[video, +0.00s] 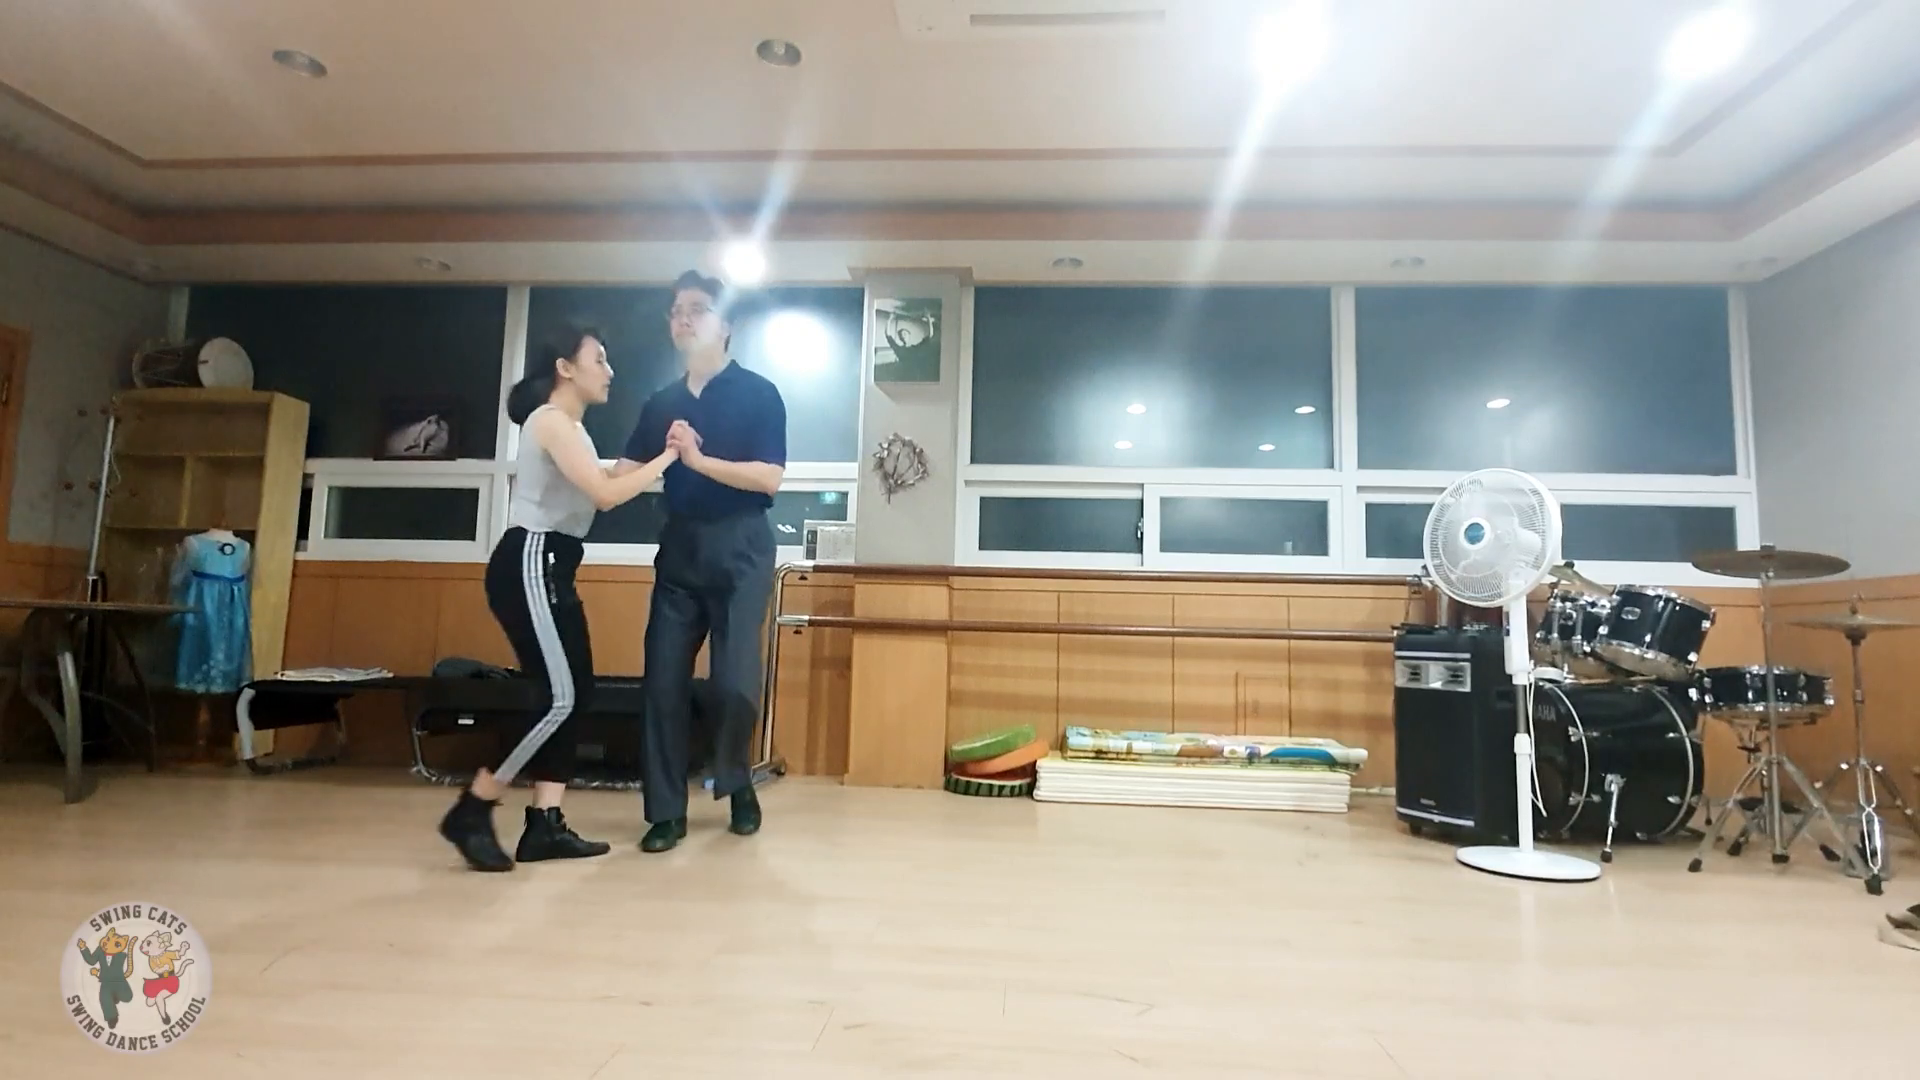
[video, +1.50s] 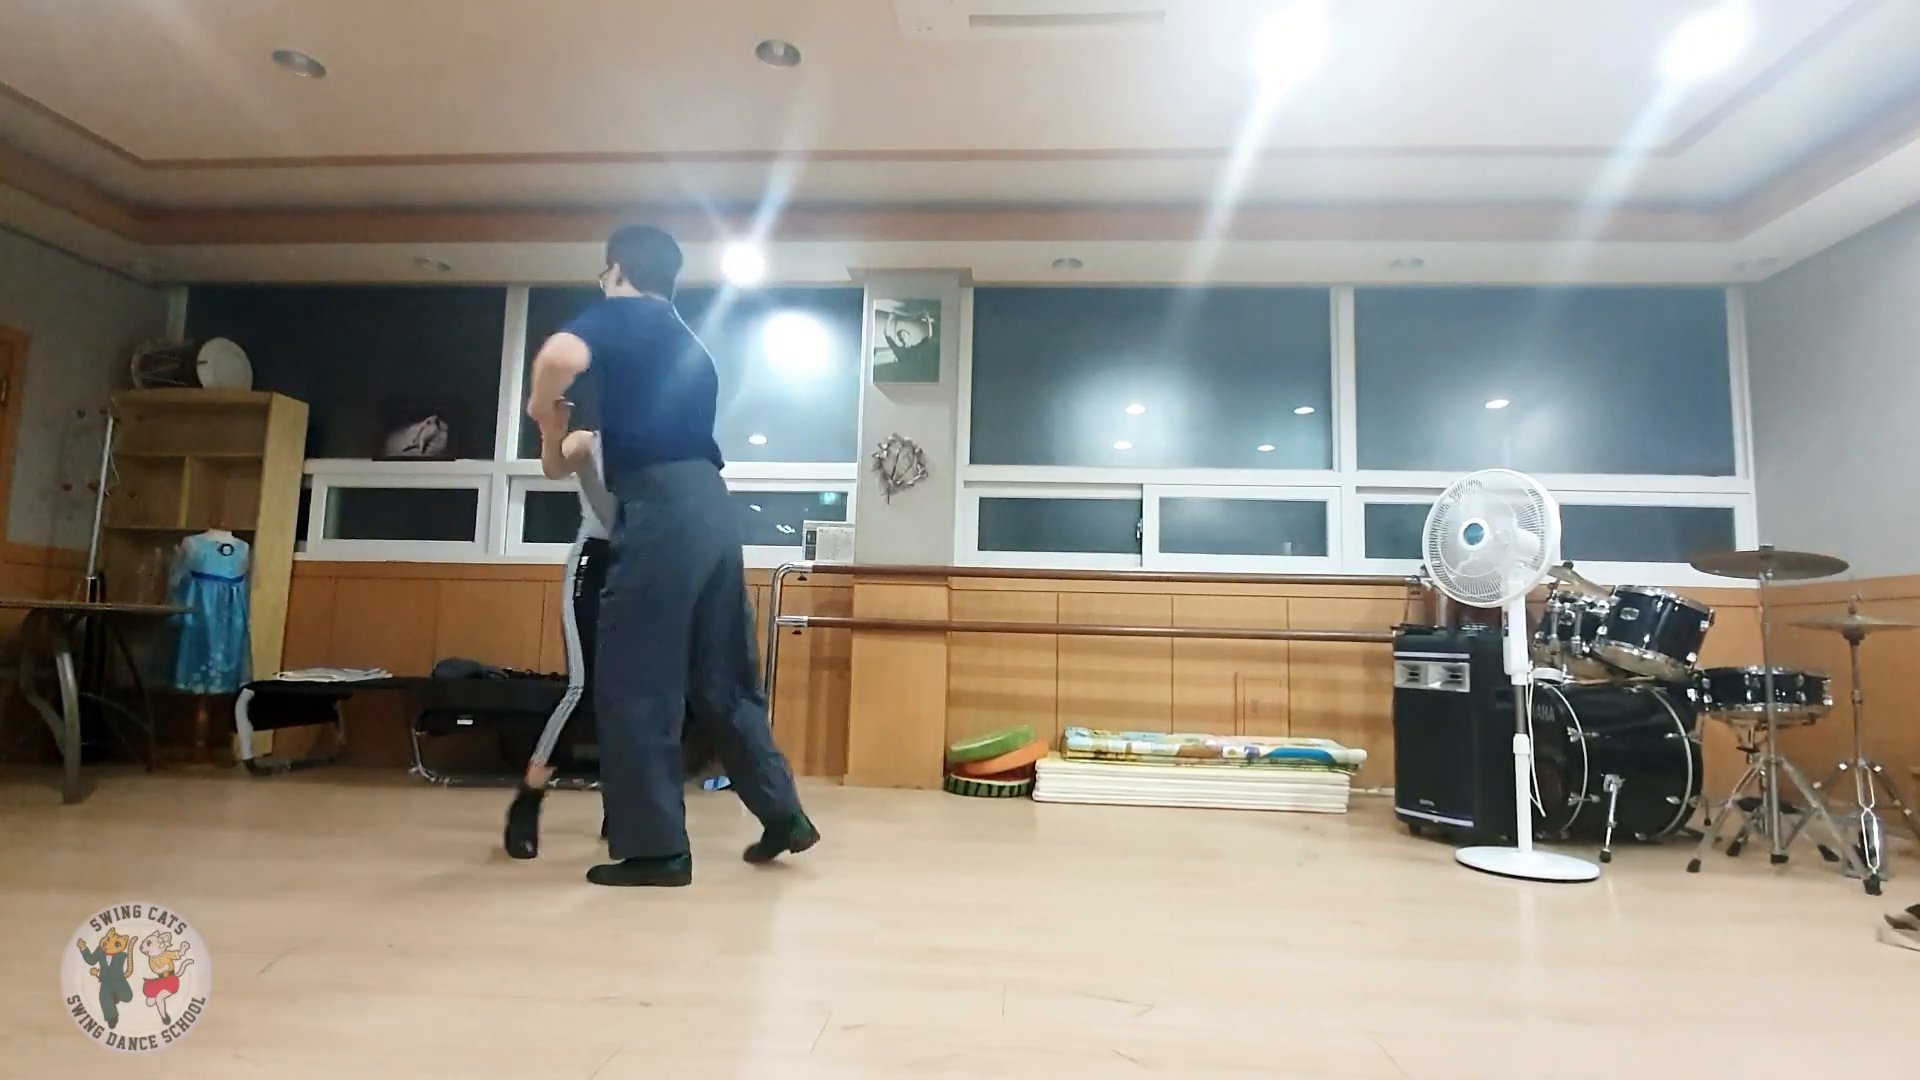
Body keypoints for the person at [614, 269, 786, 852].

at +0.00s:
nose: (680, 319)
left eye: (695, 311)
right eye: (676, 311)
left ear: (725, 323)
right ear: (671, 323)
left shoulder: (759, 393)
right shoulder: (662, 403)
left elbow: (770, 479)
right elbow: (629, 474)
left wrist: (697, 459)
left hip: (743, 549)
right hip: (680, 551)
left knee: (736, 685)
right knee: (663, 684)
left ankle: (738, 783)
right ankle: (665, 815)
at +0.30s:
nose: (692, 324)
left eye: (704, 315)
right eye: (690, 316)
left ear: (738, 325)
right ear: (690, 327)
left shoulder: (776, 389)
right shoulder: (681, 409)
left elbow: (774, 468)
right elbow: (630, 462)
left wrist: (692, 462)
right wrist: (581, 487)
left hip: (777, 546)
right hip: (715, 549)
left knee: (771, 677)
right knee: (691, 675)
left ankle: (760, 793)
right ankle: (675, 809)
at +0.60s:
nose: (690, 323)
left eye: (703, 314)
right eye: (689, 314)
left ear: (737, 325)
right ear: (690, 324)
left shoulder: (774, 385)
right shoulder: (681, 411)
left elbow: (775, 461)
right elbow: (632, 467)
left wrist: (690, 461)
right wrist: (578, 490)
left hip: (779, 539)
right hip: (718, 546)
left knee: (787, 674)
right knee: (704, 680)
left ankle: (779, 784)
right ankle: (722, 807)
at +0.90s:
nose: (687, 313)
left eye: (700, 302)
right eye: (681, 305)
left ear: (730, 311)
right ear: (676, 317)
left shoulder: (767, 372)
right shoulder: (677, 406)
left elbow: (790, 443)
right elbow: (647, 472)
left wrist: (705, 453)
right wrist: (596, 498)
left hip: (766, 539)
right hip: (706, 545)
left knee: (754, 670)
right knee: (697, 681)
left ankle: (754, 817)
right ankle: (716, 811)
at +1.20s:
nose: (643, 296)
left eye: (653, 284)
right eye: (644, 287)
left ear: (691, 288)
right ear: (677, 294)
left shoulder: (718, 341)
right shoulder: (684, 365)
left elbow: (734, 395)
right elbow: (690, 461)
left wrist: (656, 423)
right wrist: (638, 483)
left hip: (737, 524)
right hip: (709, 527)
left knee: (692, 680)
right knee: (695, 677)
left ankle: (668, 845)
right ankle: (715, 799)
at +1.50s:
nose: (601, 284)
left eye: (604, 274)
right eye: (605, 276)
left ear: (619, 273)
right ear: (668, 281)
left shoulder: (618, 315)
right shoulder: (688, 343)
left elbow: (555, 360)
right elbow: (657, 432)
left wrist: (549, 434)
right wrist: (580, 449)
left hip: (663, 508)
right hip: (713, 504)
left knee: (634, 682)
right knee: (723, 683)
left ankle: (654, 849)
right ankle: (784, 817)